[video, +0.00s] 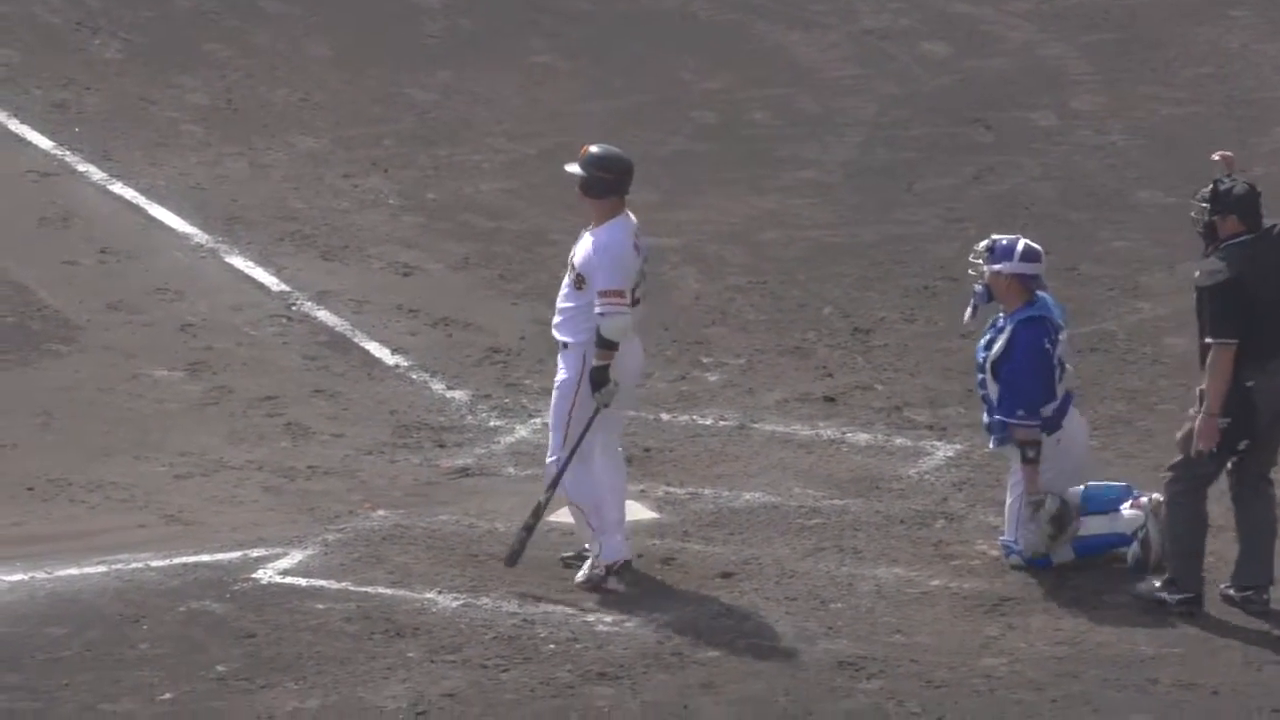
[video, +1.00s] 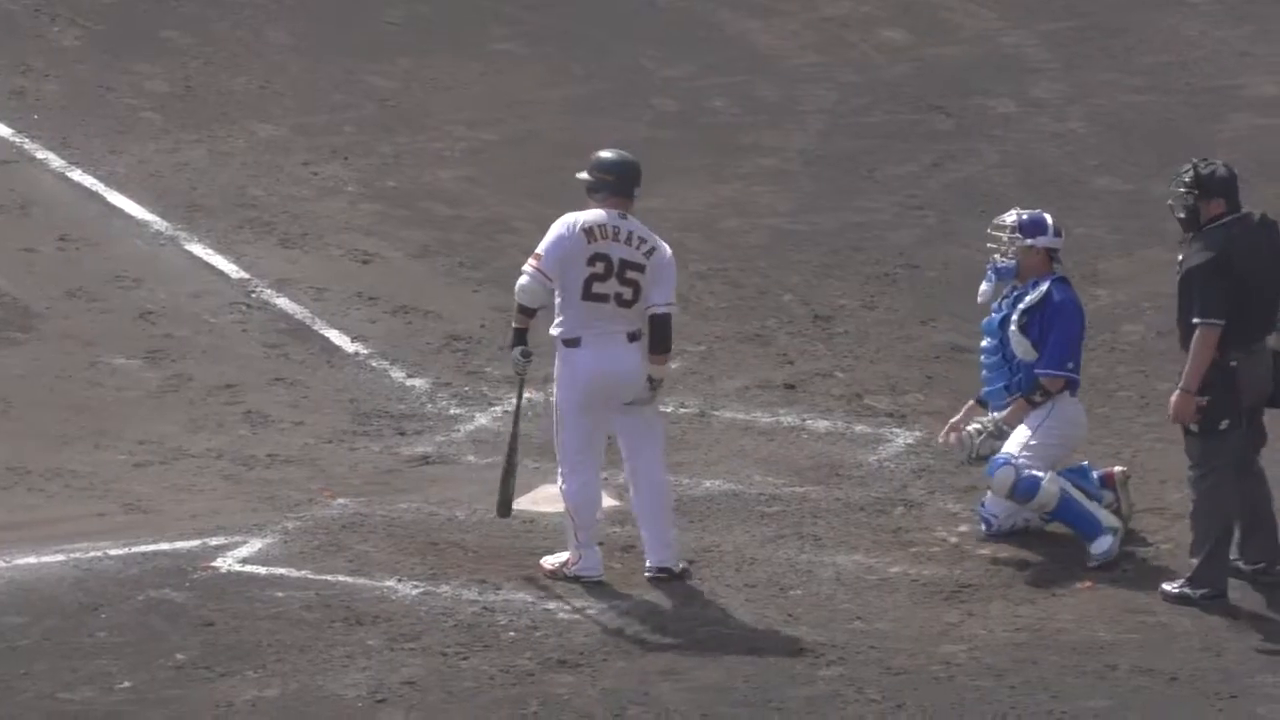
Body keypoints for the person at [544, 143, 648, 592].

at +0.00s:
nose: (577, 187)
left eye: (583, 182)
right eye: (580, 180)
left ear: (598, 189)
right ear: (616, 189)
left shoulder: (608, 245)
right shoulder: (618, 226)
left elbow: (613, 318)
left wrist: (600, 370)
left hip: (587, 357)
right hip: (609, 350)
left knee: (565, 460)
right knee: (599, 449)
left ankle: (606, 551)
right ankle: (608, 544)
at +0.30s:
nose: (581, 192)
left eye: (586, 187)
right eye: (584, 185)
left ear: (597, 193)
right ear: (624, 192)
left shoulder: (591, 244)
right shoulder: (650, 238)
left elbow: (572, 317)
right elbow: (659, 305)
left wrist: (554, 362)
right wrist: (642, 344)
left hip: (598, 364)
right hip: (636, 361)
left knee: (598, 466)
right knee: (600, 451)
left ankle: (623, 565)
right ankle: (594, 536)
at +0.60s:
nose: (572, 192)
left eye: (576, 187)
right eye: (574, 186)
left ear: (589, 190)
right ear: (618, 192)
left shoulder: (569, 232)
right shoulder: (646, 248)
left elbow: (537, 295)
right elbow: (654, 318)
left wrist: (523, 346)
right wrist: (651, 366)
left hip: (582, 366)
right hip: (630, 362)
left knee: (589, 467)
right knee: (620, 404)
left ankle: (603, 562)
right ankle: (636, 487)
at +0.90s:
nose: (579, 191)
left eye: (583, 186)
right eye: (582, 186)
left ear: (592, 189)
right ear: (626, 193)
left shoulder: (566, 226)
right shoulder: (651, 248)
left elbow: (528, 289)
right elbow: (660, 321)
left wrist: (517, 341)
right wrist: (657, 372)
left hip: (573, 360)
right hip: (625, 357)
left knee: (576, 463)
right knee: (648, 439)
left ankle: (587, 557)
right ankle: (669, 538)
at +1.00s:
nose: (585, 191)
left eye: (589, 186)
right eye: (588, 185)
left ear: (598, 188)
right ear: (631, 192)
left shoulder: (570, 226)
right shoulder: (657, 248)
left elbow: (530, 289)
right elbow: (660, 321)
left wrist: (519, 341)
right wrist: (656, 378)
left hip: (578, 358)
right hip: (632, 356)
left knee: (578, 464)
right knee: (647, 466)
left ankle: (583, 556)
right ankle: (661, 557)